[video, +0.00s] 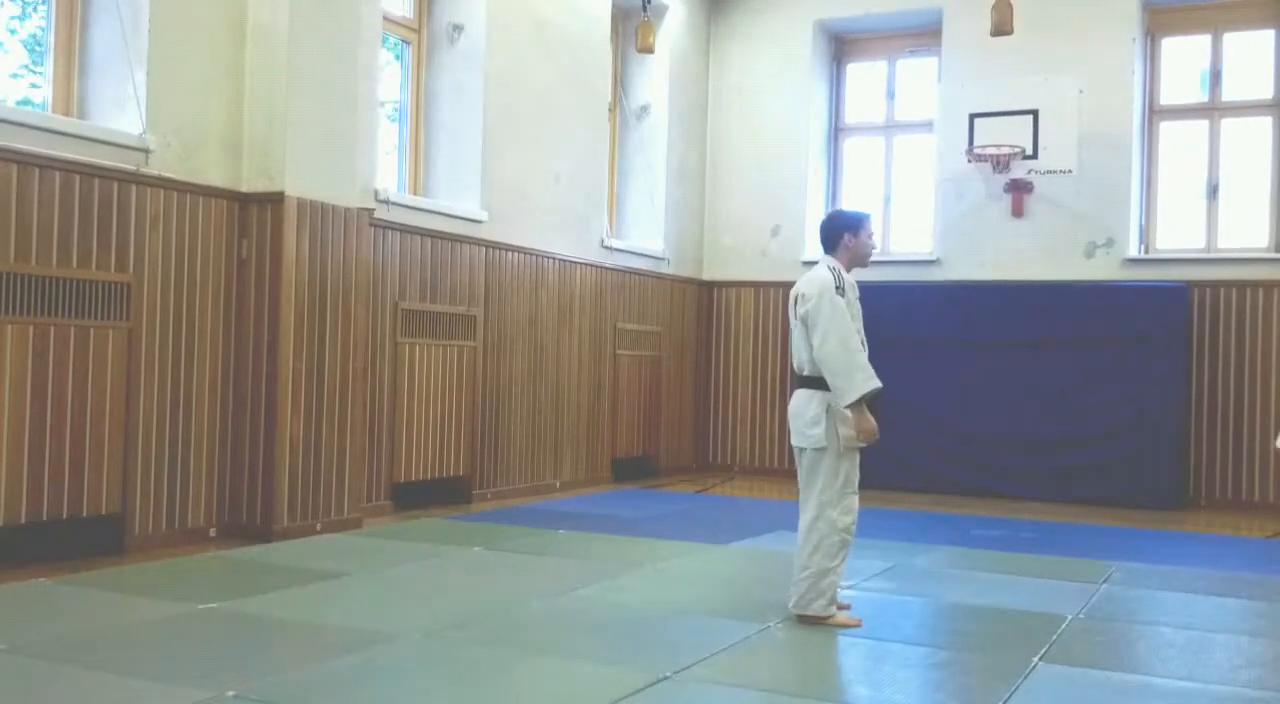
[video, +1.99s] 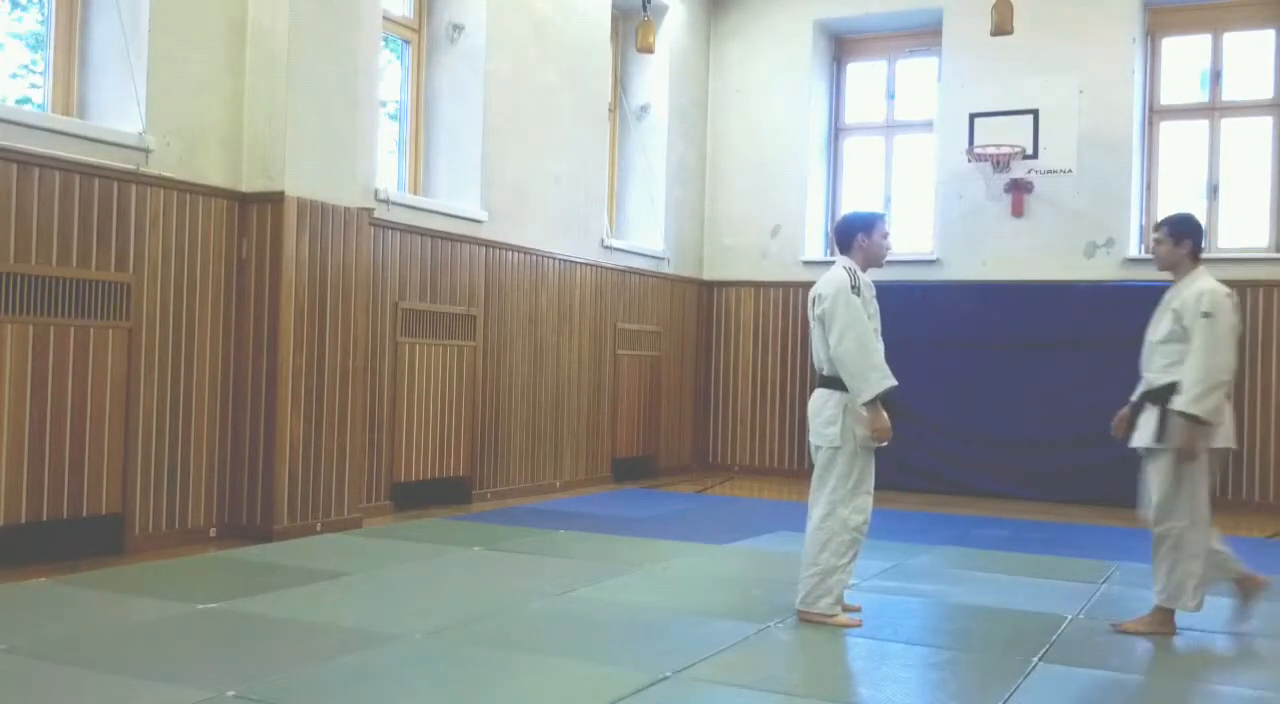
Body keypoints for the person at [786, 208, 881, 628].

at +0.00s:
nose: (873, 244)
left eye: (872, 236)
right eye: (869, 237)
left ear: (844, 240)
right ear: (848, 240)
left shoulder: (828, 281)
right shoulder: (826, 285)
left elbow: (840, 347)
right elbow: (837, 349)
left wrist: (858, 402)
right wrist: (859, 408)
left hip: (824, 404)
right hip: (824, 407)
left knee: (828, 506)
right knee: (831, 509)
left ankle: (817, 592)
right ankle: (813, 602)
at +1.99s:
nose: (889, 244)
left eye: (888, 236)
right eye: (884, 236)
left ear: (862, 240)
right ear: (861, 240)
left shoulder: (850, 282)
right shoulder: (842, 284)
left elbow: (857, 346)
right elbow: (852, 348)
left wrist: (873, 401)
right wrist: (874, 405)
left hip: (847, 403)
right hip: (840, 405)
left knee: (843, 504)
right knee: (841, 506)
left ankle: (826, 591)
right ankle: (817, 602)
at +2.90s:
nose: (885, 244)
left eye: (882, 236)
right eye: (879, 236)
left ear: (850, 243)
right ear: (856, 241)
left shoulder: (827, 282)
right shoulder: (847, 281)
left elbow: (858, 341)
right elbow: (912, 297)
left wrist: (910, 345)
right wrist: (976, 284)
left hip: (832, 402)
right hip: (841, 407)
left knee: (835, 505)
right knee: (842, 509)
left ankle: (822, 592)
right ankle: (817, 603)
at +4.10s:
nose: (874, 246)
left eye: (873, 238)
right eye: (870, 238)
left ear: (841, 240)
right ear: (850, 240)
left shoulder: (814, 280)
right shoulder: (839, 281)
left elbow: (860, 336)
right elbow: (904, 301)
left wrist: (920, 329)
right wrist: (970, 285)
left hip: (817, 401)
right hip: (833, 406)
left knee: (829, 505)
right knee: (841, 508)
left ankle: (822, 595)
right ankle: (819, 603)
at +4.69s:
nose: (816, 251)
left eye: (816, 243)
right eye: (813, 242)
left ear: (785, 243)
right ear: (793, 242)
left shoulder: (759, 281)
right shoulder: (782, 285)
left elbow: (793, 336)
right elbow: (846, 306)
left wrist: (834, 341)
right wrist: (910, 288)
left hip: (761, 404)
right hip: (781, 408)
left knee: (769, 497)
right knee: (806, 504)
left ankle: (712, 563)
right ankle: (811, 604)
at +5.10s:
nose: (769, 249)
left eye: (768, 241)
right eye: (763, 241)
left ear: (738, 243)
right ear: (740, 242)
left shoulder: (730, 280)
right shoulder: (719, 277)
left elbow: (743, 351)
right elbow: (774, 298)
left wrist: (790, 340)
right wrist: (836, 285)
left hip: (713, 399)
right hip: (707, 399)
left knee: (705, 493)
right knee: (733, 490)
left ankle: (698, 585)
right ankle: (691, 578)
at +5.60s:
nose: (705, 253)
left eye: (705, 246)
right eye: (703, 246)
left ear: (666, 245)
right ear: (685, 246)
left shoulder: (635, 281)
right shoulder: (685, 282)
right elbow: (723, 315)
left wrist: (701, 336)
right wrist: (762, 285)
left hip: (630, 402)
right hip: (676, 405)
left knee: (609, 493)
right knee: (710, 485)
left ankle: (588, 580)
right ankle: (674, 568)